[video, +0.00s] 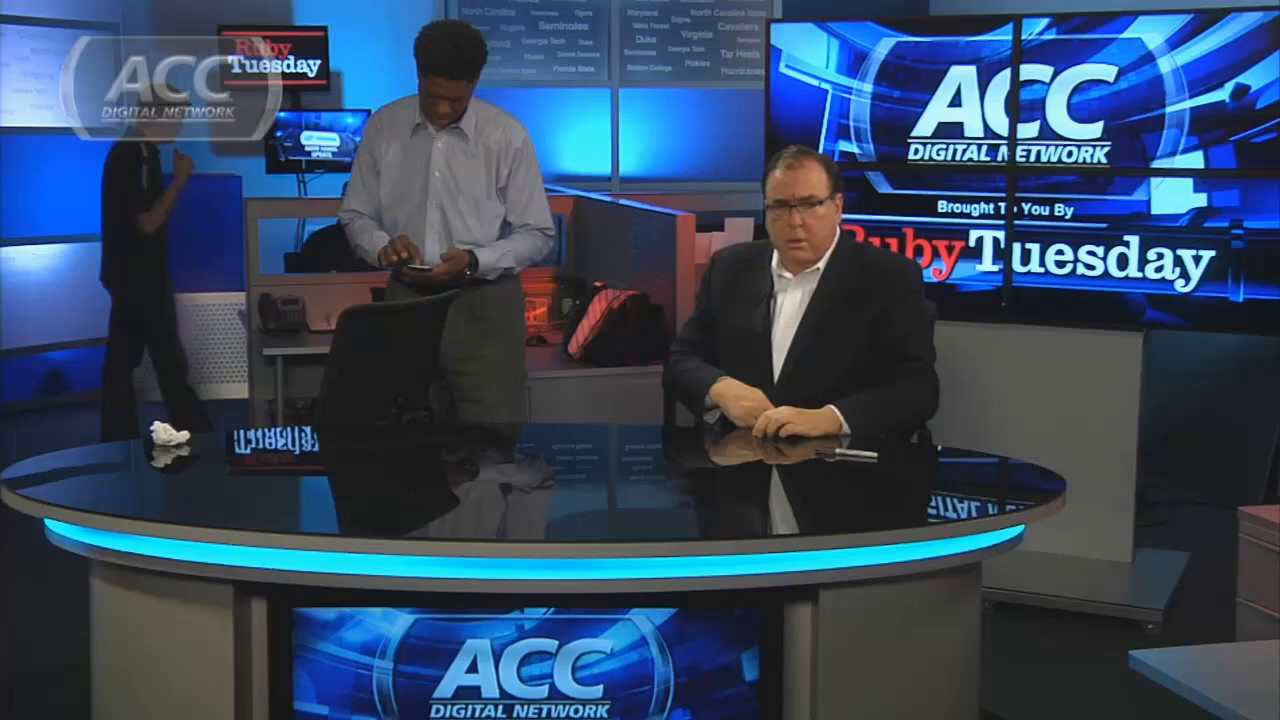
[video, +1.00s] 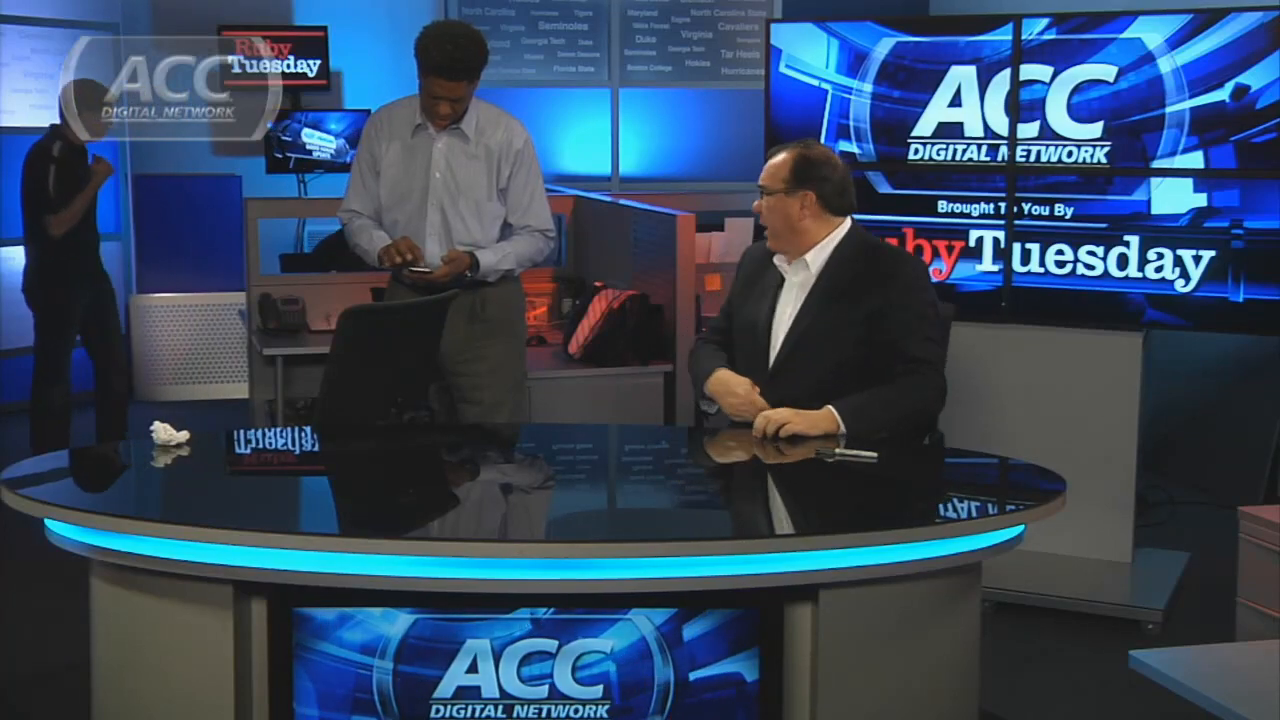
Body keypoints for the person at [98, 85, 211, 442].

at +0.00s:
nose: (178, 127)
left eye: (179, 119)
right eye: (173, 118)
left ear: (151, 119)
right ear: (154, 118)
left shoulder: (145, 153)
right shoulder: (130, 155)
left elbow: (144, 222)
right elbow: (147, 223)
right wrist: (179, 180)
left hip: (143, 272)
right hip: (134, 275)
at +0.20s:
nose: (167, 126)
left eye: (168, 118)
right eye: (162, 117)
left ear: (137, 116)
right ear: (142, 115)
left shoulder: (129, 152)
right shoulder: (116, 153)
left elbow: (123, 218)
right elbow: (122, 218)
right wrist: (159, 176)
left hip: (123, 268)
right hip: (115, 270)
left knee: (124, 350)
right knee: (137, 350)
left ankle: (125, 432)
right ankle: (137, 432)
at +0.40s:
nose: (149, 122)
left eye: (149, 114)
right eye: (144, 113)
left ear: (117, 113)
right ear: (124, 114)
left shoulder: (108, 152)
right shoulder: (102, 154)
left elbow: (102, 221)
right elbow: (108, 220)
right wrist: (142, 176)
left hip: (108, 276)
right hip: (105, 280)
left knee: (114, 364)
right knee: (114, 366)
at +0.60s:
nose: (128, 120)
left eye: (130, 112)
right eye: (121, 112)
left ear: (111, 113)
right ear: (100, 112)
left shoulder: (103, 154)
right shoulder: (73, 155)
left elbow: (101, 224)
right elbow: (89, 222)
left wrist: (114, 274)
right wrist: (122, 177)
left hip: (108, 276)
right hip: (80, 279)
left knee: (111, 368)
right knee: (80, 369)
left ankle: (114, 457)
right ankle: (60, 461)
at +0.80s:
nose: (111, 121)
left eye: (113, 113)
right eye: (105, 112)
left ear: (97, 113)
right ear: (84, 112)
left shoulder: (88, 156)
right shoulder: (53, 156)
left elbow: (88, 226)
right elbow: (65, 225)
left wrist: (98, 276)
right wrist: (101, 182)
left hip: (94, 280)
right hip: (62, 282)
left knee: (106, 370)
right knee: (58, 374)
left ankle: (113, 452)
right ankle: (52, 461)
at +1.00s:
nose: (104, 121)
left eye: (105, 112)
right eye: (97, 112)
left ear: (89, 113)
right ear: (76, 112)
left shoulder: (78, 154)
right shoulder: (44, 155)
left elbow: (77, 224)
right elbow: (53, 226)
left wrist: (90, 272)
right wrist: (95, 182)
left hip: (88, 277)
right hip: (54, 282)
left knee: (113, 365)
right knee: (53, 375)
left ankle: (111, 451)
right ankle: (50, 462)